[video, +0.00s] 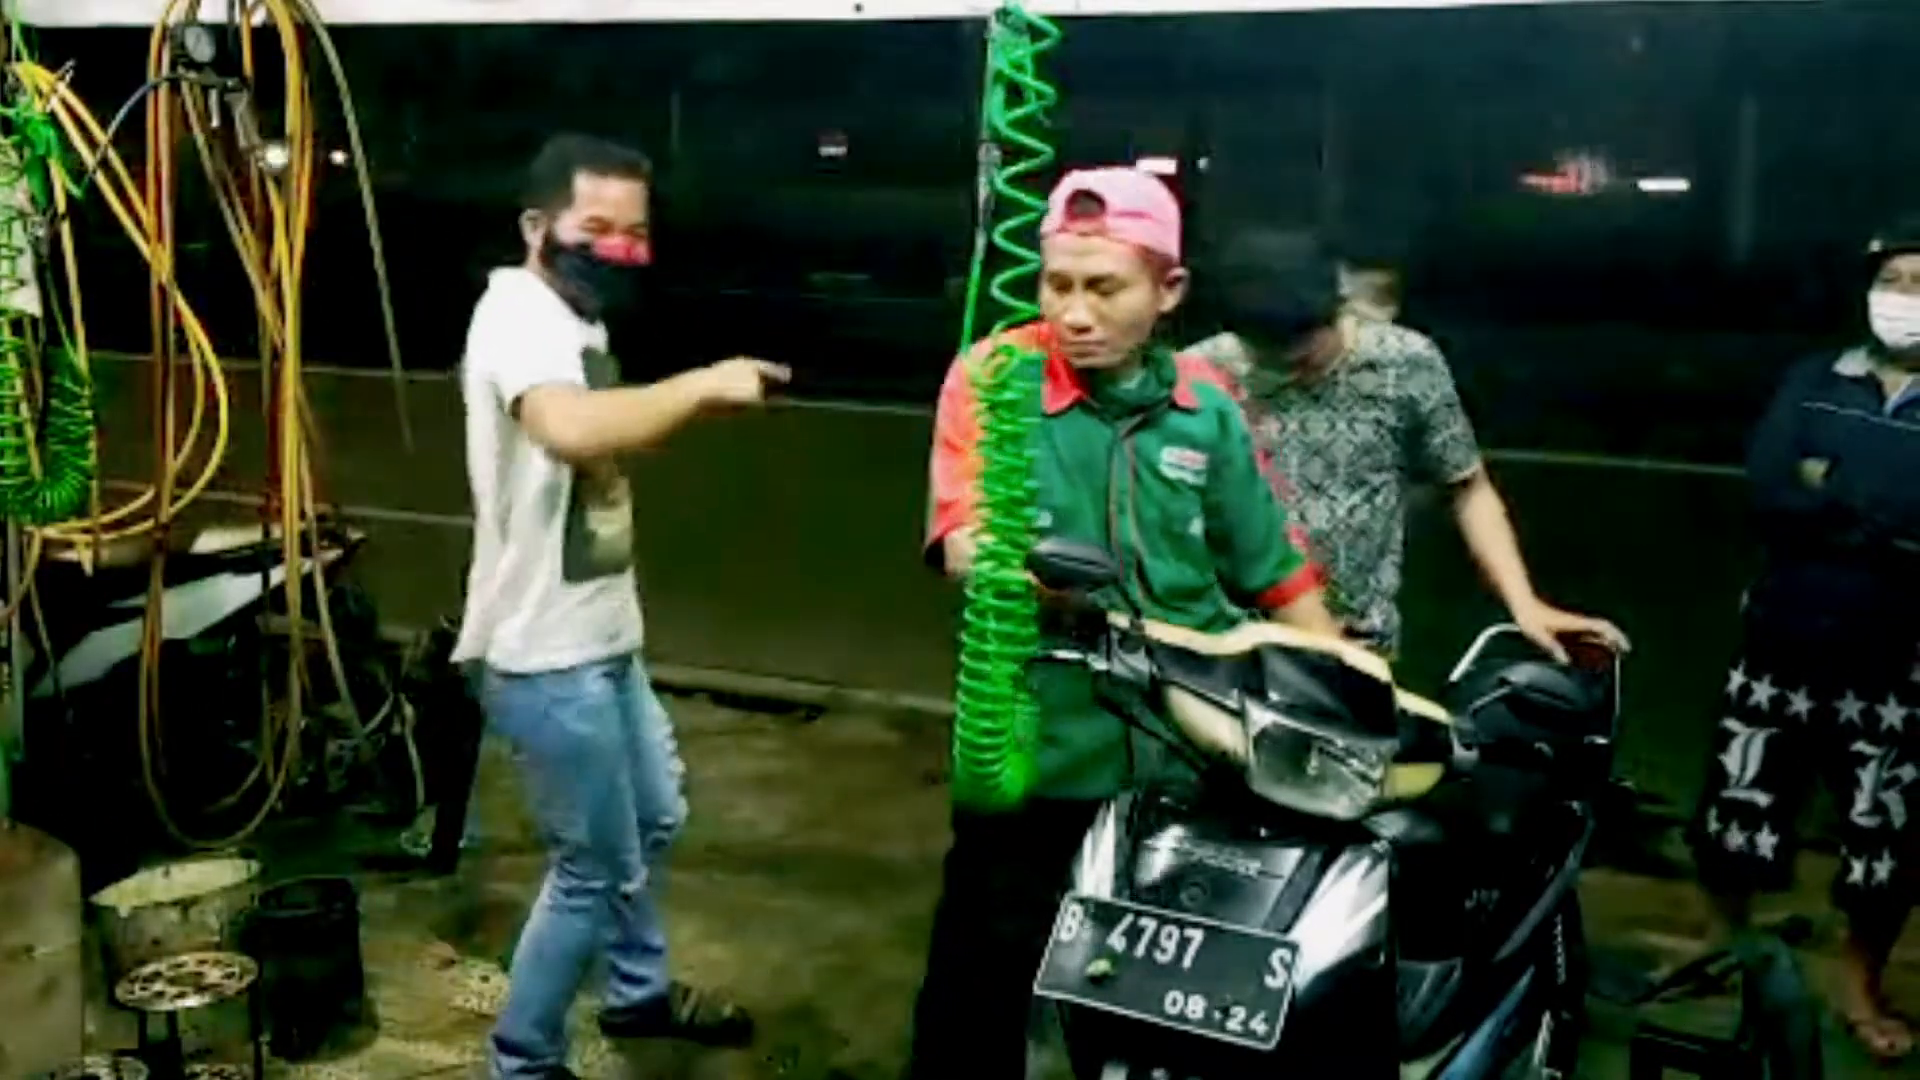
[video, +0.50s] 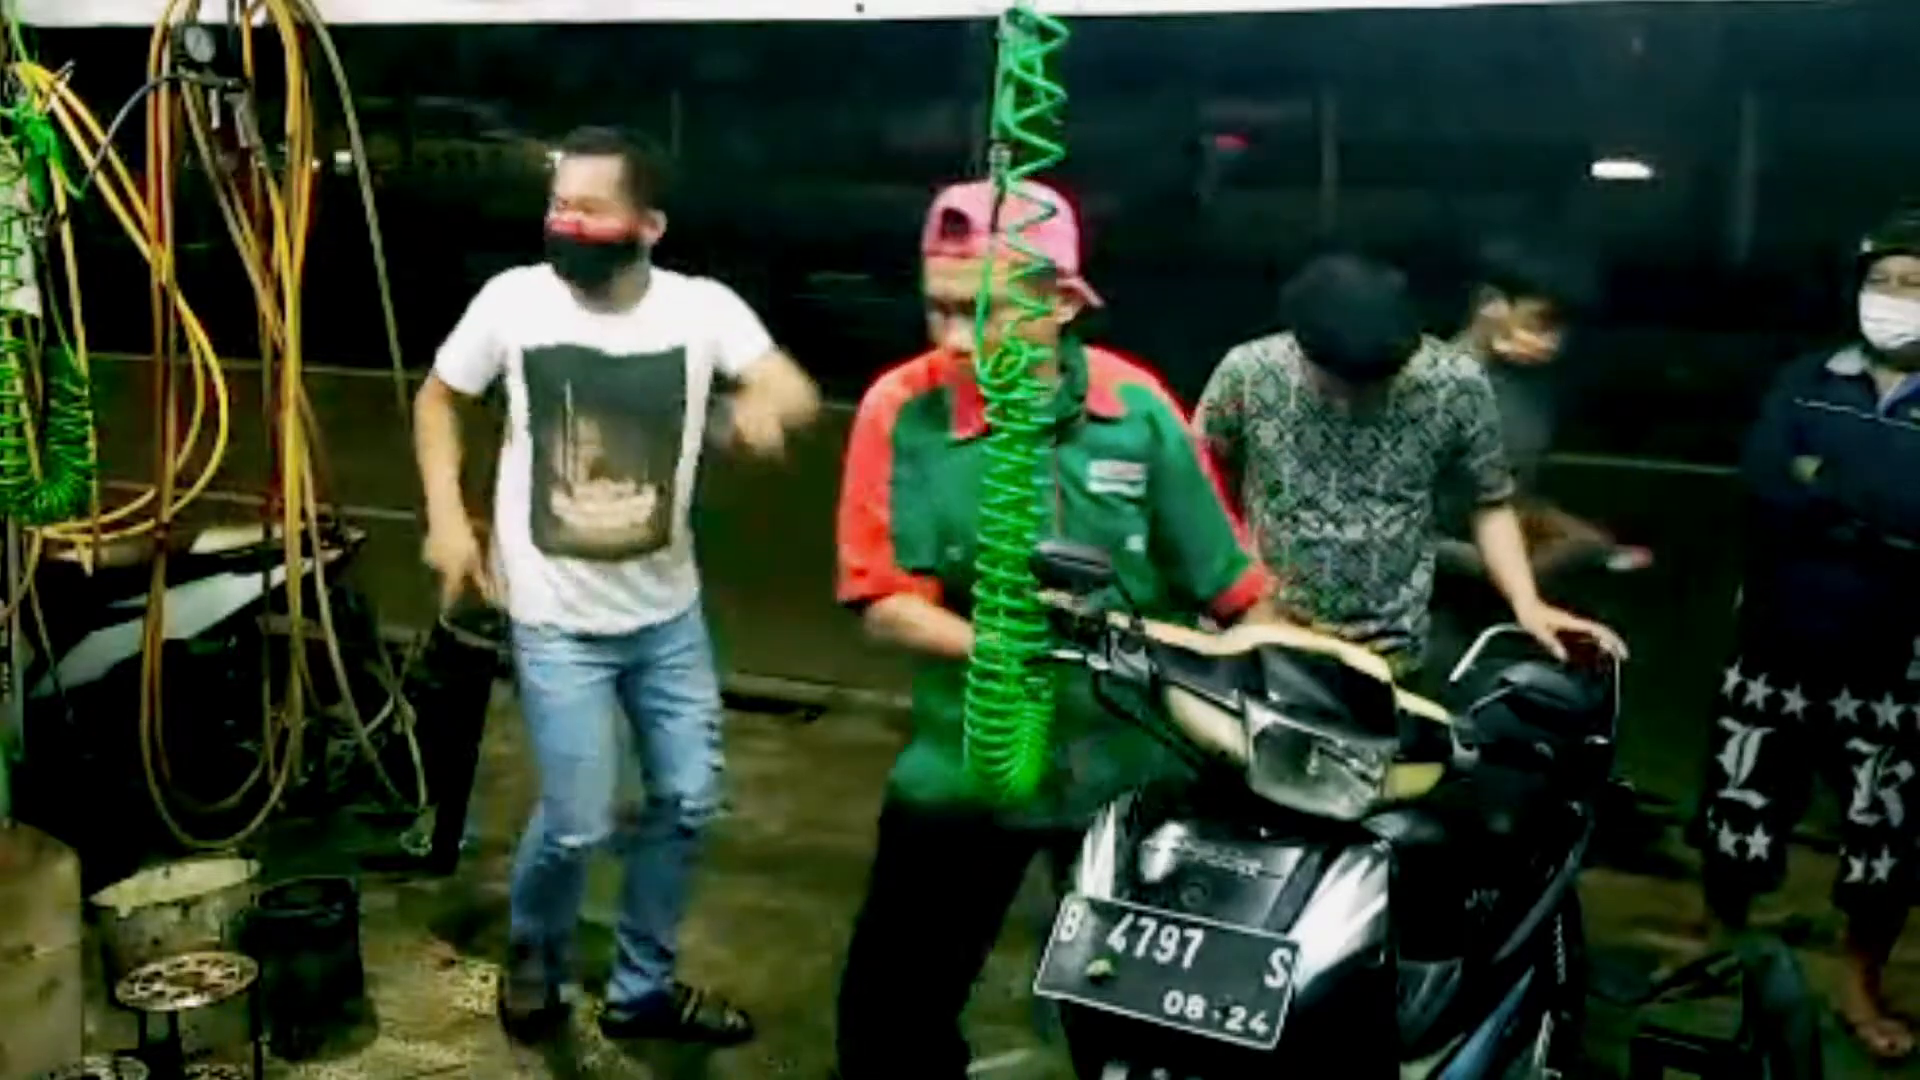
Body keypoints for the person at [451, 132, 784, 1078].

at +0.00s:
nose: (619, 253)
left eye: (632, 235)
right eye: (600, 230)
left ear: (640, 233)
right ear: (540, 227)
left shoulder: (573, 321)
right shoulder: (513, 313)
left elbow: (578, 454)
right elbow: (569, 428)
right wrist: (701, 388)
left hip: (602, 643)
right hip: (542, 657)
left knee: (653, 819)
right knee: (595, 863)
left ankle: (637, 998)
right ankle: (524, 1056)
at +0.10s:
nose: (630, 244)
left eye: (644, 225)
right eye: (611, 222)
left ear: (653, 225)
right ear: (554, 218)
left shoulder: (594, 308)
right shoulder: (525, 312)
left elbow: (588, 443)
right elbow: (547, 455)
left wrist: (691, 427)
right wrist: (695, 427)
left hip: (613, 631)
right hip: (548, 644)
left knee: (652, 813)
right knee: (585, 854)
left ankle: (637, 998)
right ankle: (525, 1059)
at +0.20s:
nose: (642, 241)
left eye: (656, 224)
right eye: (622, 220)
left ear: (668, 226)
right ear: (566, 219)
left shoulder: (646, 318)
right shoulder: (521, 330)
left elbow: (653, 452)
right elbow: (505, 488)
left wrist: (693, 542)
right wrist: (621, 550)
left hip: (629, 619)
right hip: (545, 630)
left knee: (667, 806)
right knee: (594, 840)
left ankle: (639, 994)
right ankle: (530, 1050)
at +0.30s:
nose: (629, 252)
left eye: (648, 232)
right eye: (610, 231)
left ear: (670, 234)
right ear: (568, 229)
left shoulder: (683, 340)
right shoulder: (508, 343)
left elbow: (740, 456)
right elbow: (462, 480)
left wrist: (780, 544)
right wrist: (522, 594)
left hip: (653, 619)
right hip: (552, 629)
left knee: (690, 802)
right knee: (608, 831)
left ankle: (639, 996)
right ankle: (538, 1043)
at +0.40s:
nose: (597, 244)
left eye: (617, 227)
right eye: (582, 224)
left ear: (657, 230)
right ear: (560, 219)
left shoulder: (701, 328)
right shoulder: (508, 318)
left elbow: (785, 422)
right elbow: (429, 430)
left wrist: (784, 462)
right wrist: (458, 557)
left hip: (664, 612)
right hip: (555, 620)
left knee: (694, 806)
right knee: (603, 818)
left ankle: (643, 993)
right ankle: (533, 976)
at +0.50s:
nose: (571, 229)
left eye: (593, 214)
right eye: (562, 209)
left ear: (649, 224)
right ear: (548, 209)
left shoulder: (703, 310)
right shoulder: (514, 304)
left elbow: (793, 386)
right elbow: (435, 401)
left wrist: (764, 410)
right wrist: (447, 522)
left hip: (665, 611)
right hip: (554, 617)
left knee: (688, 803)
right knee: (580, 821)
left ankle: (641, 990)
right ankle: (535, 952)